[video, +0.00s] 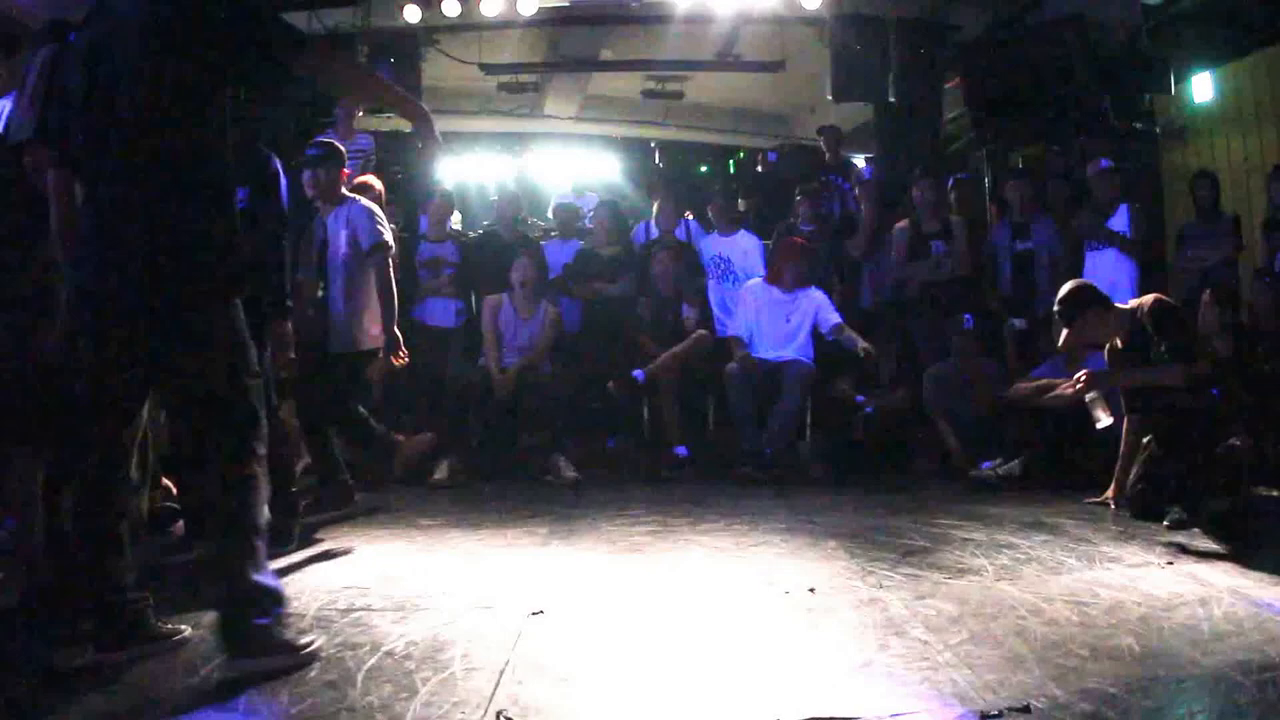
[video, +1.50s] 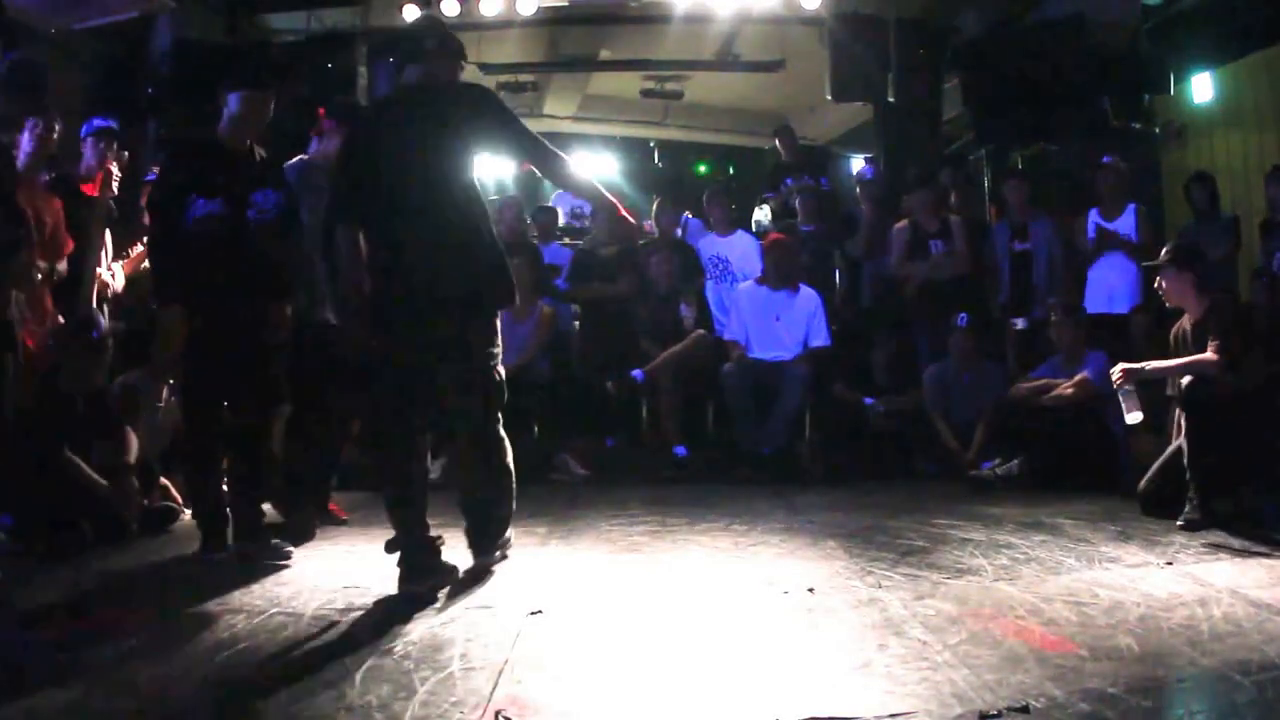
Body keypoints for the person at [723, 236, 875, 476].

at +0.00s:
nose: (800, 272)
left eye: (802, 265)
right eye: (794, 265)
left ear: (806, 266)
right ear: (779, 265)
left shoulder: (813, 296)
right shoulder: (753, 290)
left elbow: (837, 328)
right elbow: (736, 335)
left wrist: (859, 343)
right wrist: (742, 356)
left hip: (793, 362)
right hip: (758, 360)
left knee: (799, 374)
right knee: (734, 373)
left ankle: (774, 451)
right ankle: (750, 450)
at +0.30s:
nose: (791, 265)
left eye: (797, 259)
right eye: (786, 258)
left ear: (804, 263)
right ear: (774, 261)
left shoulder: (815, 299)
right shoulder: (753, 291)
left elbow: (825, 348)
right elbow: (736, 335)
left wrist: (818, 369)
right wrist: (742, 356)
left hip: (794, 361)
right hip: (759, 359)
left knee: (797, 374)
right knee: (734, 374)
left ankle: (774, 449)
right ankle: (748, 449)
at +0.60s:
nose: (785, 265)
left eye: (790, 258)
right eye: (780, 258)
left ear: (799, 262)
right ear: (770, 261)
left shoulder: (814, 299)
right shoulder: (749, 292)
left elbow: (823, 347)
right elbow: (735, 337)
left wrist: (803, 361)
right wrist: (741, 355)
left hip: (791, 361)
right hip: (757, 361)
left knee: (798, 373)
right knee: (732, 374)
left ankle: (775, 450)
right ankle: (751, 450)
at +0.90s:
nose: (784, 265)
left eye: (788, 258)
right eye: (778, 258)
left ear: (796, 262)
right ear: (768, 262)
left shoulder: (811, 298)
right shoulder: (746, 293)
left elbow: (820, 346)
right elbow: (733, 339)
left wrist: (799, 361)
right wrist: (742, 357)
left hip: (789, 362)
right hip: (755, 362)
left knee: (798, 374)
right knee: (731, 374)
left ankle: (774, 447)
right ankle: (749, 448)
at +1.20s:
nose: (779, 265)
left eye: (784, 259)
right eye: (773, 259)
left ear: (794, 261)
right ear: (765, 262)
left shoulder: (810, 298)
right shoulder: (744, 293)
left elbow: (821, 345)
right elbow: (733, 339)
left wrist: (798, 360)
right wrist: (739, 354)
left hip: (788, 361)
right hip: (755, 360)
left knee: (801, 375)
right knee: (731, 373)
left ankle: (774, 447)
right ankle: (747, 446)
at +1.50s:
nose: (778, 267)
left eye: (784, 260)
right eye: (773, 260)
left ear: (793, 263)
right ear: (765, 262)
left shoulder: (809, 297)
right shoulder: (744, 293)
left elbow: (820, 346)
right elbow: (733, 338)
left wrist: (799, 361)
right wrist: (738, 354)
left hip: (787, 361)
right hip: (754, 361)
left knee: (799, 376)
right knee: (731, 374)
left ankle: (773, 446)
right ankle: (749, 446)